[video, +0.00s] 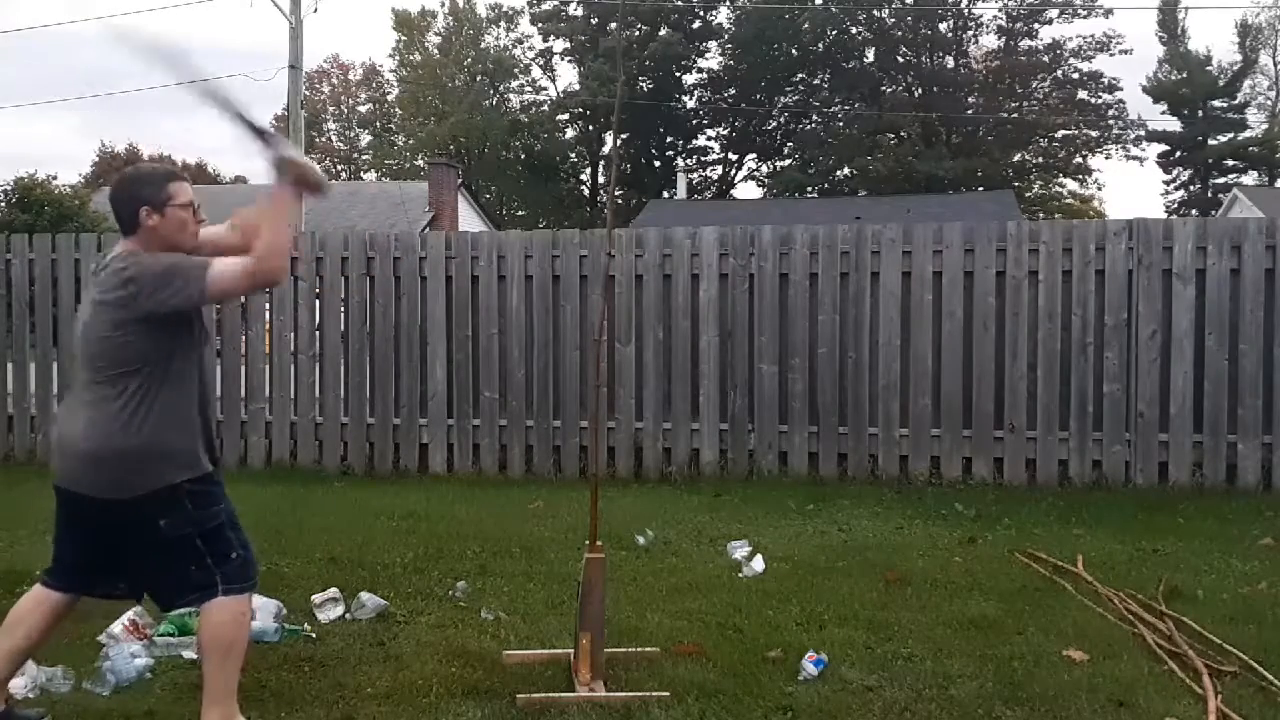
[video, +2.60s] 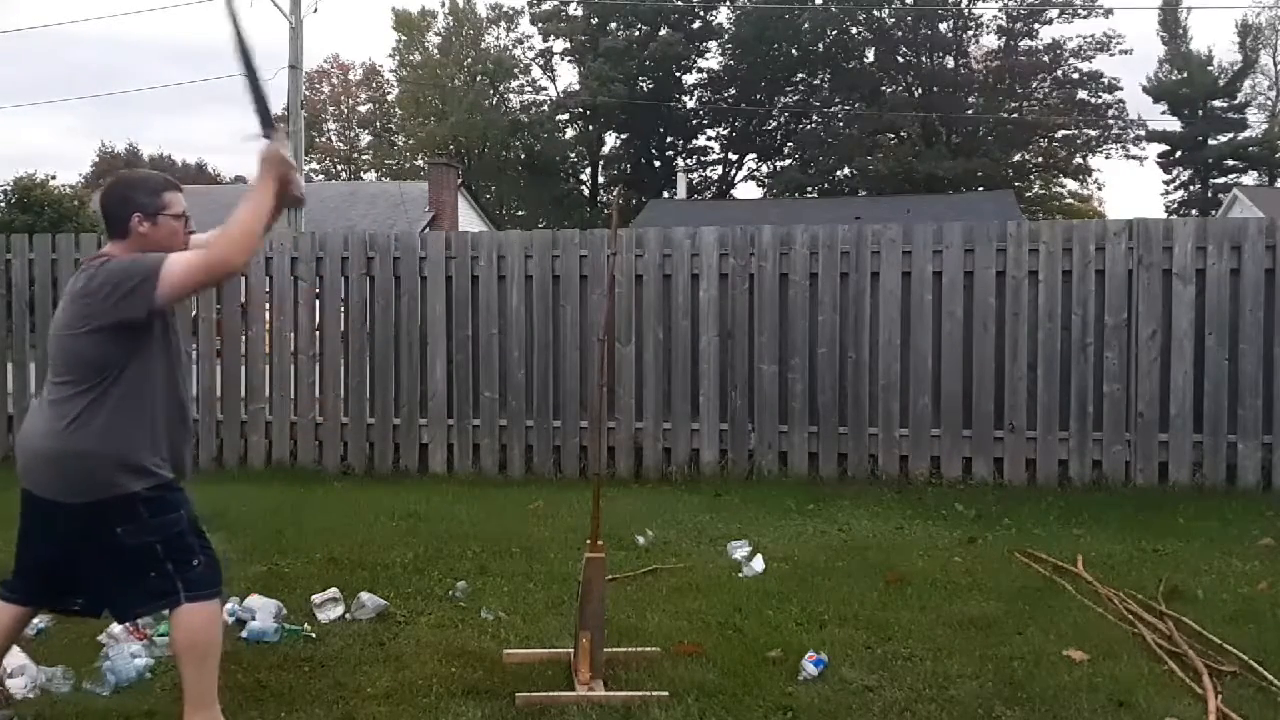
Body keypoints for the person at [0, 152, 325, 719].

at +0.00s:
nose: (199, 217)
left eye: (195, 207)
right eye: (187, 208)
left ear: (150, 220)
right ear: (150, 219)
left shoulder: (123, 265)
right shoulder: (151, 272)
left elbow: (237, 234)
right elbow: (266, 269)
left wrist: (285, 188)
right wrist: (284, 186)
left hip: (85, 463)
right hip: (157, 464)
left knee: (61, 581)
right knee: (229, 579)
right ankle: (220, 710)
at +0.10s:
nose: (193, 209)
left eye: (190, 197)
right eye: (182, 199)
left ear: (136, 209)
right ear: (143, 207)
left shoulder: (98, 257)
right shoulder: (159, 264)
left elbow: (235, 258)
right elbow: (265, 289)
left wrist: (332, 260)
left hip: (72, 457)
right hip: (153, 459)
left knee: (56, 578)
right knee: (211, 582)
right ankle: (218, 710)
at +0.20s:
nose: (193, 208)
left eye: (191, 198)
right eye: (182, 198)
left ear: (136, 206)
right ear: (144, 205)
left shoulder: (83, 249)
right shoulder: (169, 267)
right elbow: (243, 331)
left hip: (60, 449)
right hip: (148, 453)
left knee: (48, 577)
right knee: (200, 585)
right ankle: (217, 711)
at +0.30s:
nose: (194, 214)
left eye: (193, 203)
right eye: (186, 203)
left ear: (137, 211)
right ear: (149, 209)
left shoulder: (73, 254)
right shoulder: (178, 278)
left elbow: (108, 344)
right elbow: (214, 364)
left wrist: (194, 384)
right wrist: (242, 409)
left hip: (48, 444)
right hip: (144, 452)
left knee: (33, 583)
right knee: (200, 587)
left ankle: (0, 692)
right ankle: (216, 710)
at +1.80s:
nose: (176, 213)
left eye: (173, 202)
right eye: (166, 203)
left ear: (121, 214)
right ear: (128, 211)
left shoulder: (84, 272)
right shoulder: (127, 281)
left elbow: (203, 325)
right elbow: (207, 346)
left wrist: (282, 340)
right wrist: (298, 335)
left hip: (42, 457)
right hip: (112, 460)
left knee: (22, 586)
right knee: (196, 579)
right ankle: (214, 708)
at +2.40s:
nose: (200, 228)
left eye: (198, 217)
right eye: (191, 217)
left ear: (149, 226)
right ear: (153, 225)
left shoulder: (109, 273)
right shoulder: (146, 283)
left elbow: (239, 280)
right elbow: (249, 309)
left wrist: (318, 275)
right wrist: (327, 264)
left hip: (46, 463)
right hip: (120, 467)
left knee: (26, 591)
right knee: (204, 588)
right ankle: (203, 714)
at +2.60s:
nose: (188, 228)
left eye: (186, 218)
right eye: (179, 217)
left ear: (134, 224)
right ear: (140, 224)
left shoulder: (106, 274)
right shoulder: (118, 279)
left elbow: (210, 252)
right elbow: (224, 259)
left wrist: (271, 201)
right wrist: (268, 181)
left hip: (50, 466)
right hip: (115, 470)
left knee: (28, 587)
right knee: (197, 585)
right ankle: (203, 712)